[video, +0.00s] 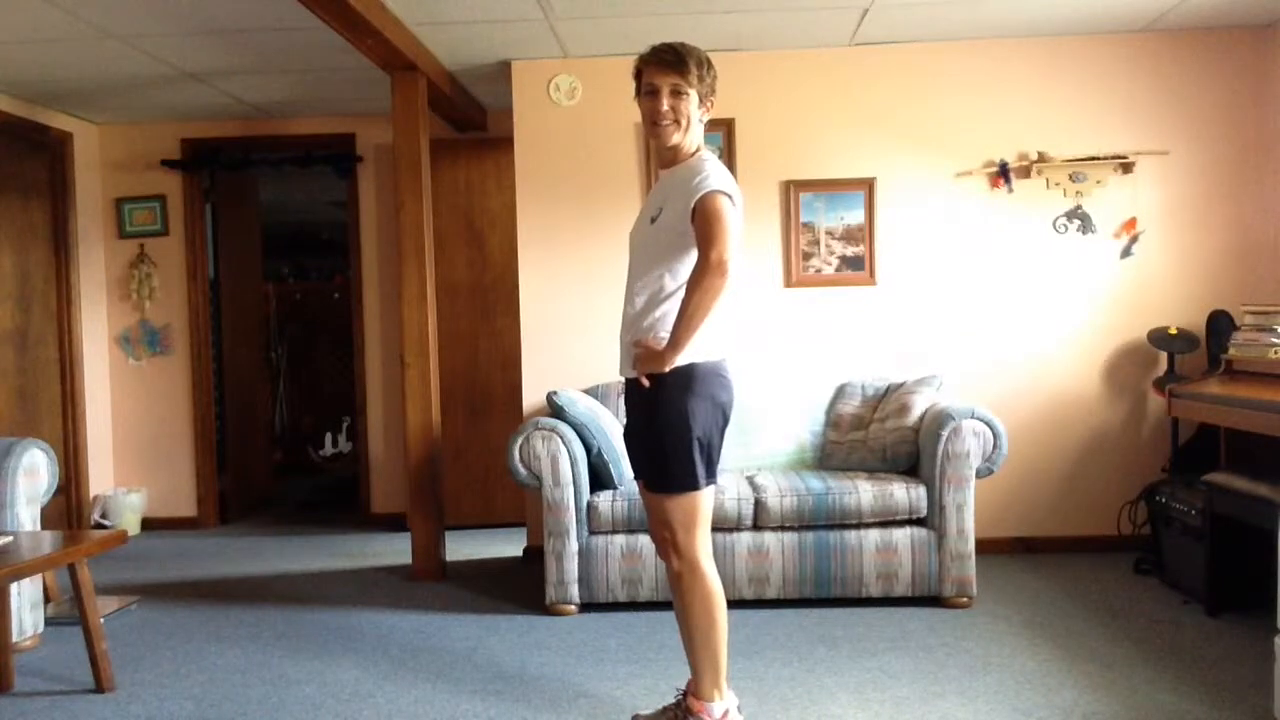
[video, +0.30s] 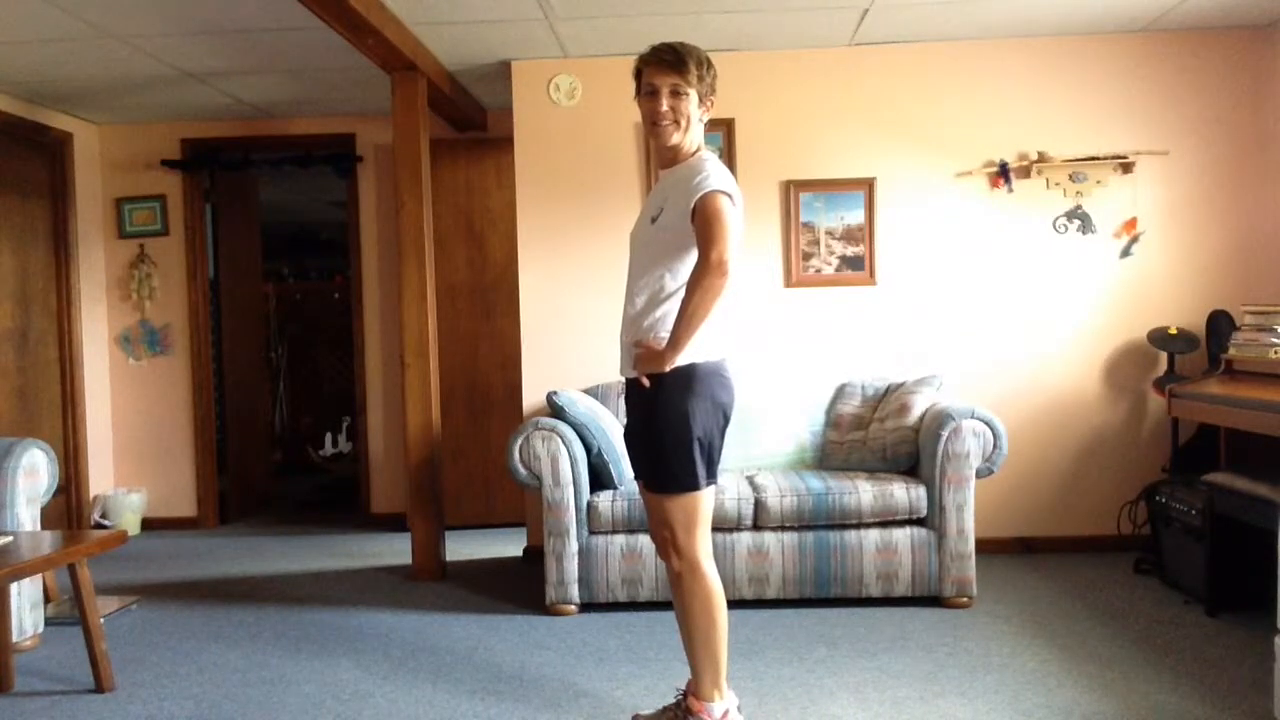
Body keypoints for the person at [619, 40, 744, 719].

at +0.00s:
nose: (661, 106)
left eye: (676, 93)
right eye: (650, 93)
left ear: (702, 103)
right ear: (638, 102)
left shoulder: (705, 175)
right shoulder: (665, 182)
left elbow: (718, 262)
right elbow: (664, 274)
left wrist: (670, 350)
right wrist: (643, 352)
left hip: (679, 380)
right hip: (653, 380)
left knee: (687, 549)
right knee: (673, 548)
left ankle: (713, 699)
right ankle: (706, 693)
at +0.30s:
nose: (660, 106)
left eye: (676, 94)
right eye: (650, 93)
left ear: (702, 103)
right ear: (638, 102)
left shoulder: (705, 174)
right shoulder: (666, 182)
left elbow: (718, 263)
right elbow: (665, 275)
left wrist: (669, 351)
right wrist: (642, 352)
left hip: (680, 379)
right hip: (654, 379)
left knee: (687, 550)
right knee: (673, 548)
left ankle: (713, 699)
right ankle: (706, 693)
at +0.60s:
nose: (661, 106)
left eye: (676, 93)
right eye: (651, 93)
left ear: (704, 103)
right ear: (639, 102)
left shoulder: (706, 175)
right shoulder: (668, 181)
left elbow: (719, 264)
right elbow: (667, 274)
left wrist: (670, 351)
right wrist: (644, 353)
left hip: (681, 380)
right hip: (654, 379)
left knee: (687, 549)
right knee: (671, 546)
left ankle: (713, 699)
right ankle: (705, 693)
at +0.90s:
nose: (662, 105)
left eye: (678, 92)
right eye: (652, 92)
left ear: (705, 102)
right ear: (641, 101)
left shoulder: (707, 175)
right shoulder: (671, 181)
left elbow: (723, 266)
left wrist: (673, 353)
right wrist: (647, 355)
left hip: (682, 382)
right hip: (656, 382)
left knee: (687, 550)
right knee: (667, 546)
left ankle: (713, 700)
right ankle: (705, 692)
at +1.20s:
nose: (659, 107)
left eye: (674, 95)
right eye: (649, 94)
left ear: (703, 105)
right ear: (638, 103)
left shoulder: (705, 176)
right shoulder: (671, 181)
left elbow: (718, 266)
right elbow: (672, 275)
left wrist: (671, 353)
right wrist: (649, 353)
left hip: (685, 382)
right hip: (656, 381)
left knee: (685, 548)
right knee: (649, 538)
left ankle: (712, 699)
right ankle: (703, 676)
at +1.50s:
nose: (625, 127)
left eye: (637, 111)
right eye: (617, 116)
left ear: (676, 109)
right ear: (614, 119)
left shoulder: (686, 174)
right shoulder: (660, 182)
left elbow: (707, 255)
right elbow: (671, 273)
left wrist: (653, 334)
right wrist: (640, 342)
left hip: (691, 374)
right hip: (676, 374)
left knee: (674, 543)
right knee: (669, 541)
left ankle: (711, 696)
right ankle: (703, 679)